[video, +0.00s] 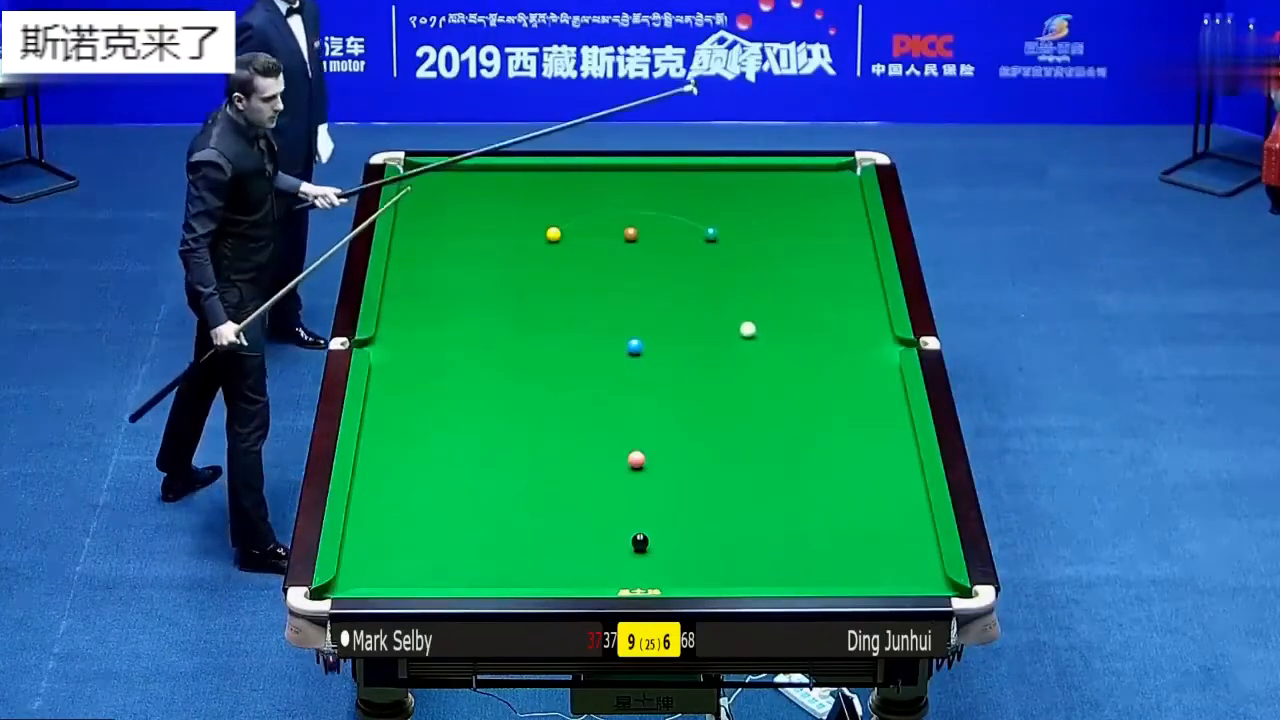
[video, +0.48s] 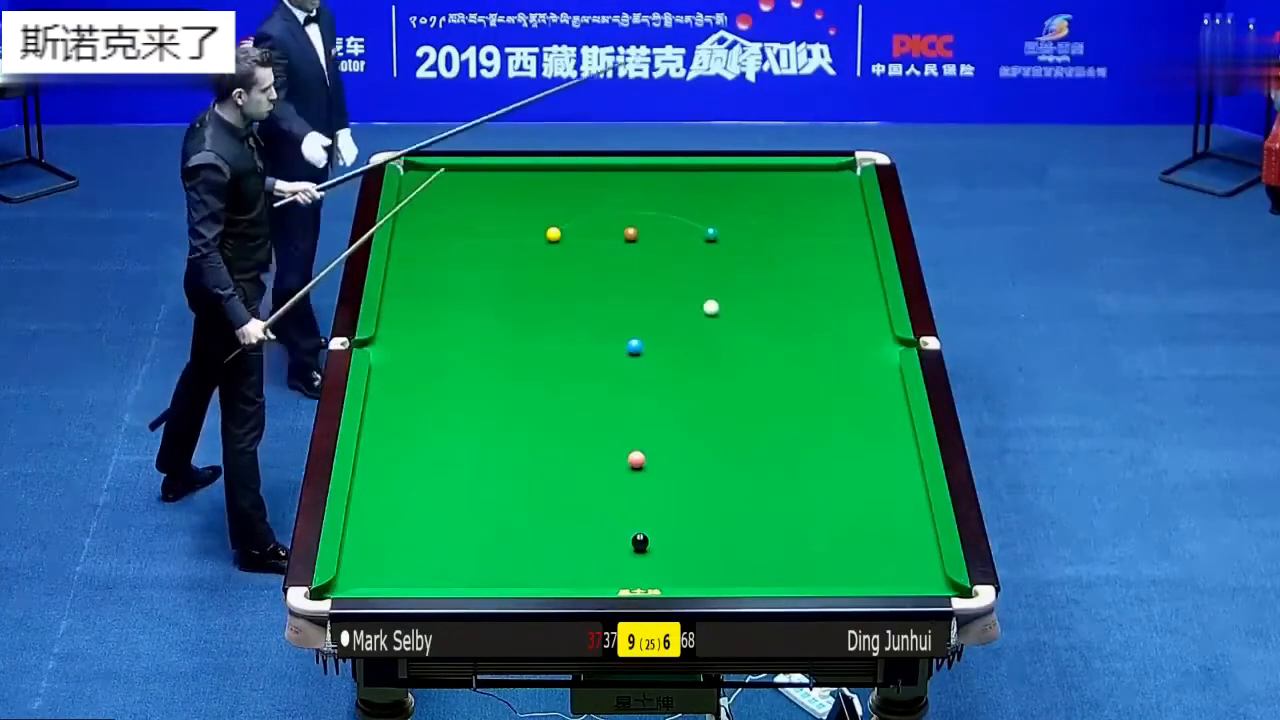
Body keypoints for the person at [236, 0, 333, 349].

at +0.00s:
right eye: (270, 97)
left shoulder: (308, 10)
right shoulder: (253, 24)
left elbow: (317, 72)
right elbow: (246, 94)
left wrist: (321, 125)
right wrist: (256, 144)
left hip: (302, 148)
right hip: (272, 153)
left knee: (295, 235)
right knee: (277, 238)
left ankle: (284, 317)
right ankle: (281, 320)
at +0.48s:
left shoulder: (323, 17)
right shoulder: (273, 35)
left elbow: (330, 77)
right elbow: (273, 102)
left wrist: (341, 127)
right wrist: (303, 135)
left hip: (315, 155)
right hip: (286, 162)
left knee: (304, 256)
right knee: (294, 263)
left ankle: (299, 336)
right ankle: (300, 368)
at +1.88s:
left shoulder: (336, 27)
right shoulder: (313, 37)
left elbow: (351, 81)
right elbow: (310, 102)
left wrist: (382, 104)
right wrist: (358, 131)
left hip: (336, 160)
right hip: (318, 166)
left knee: (332, 253)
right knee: (324, 257)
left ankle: (319, 349)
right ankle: (312, 368)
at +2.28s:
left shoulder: (374, 14)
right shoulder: (361, 24)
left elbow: (387, 67)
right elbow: (348, 92)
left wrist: (418, 104)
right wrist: (388, 129)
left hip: (362, 140)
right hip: (346, 144)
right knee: (340, 227)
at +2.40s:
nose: (435, 1)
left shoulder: (391, 16)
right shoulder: (395, 26)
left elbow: (401, 82)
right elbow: (389, 98)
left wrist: (423, 112)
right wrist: (426, 138)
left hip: (372, 142)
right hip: (375, 146)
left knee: (363, 227)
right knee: (361, 229)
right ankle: (317, 312)